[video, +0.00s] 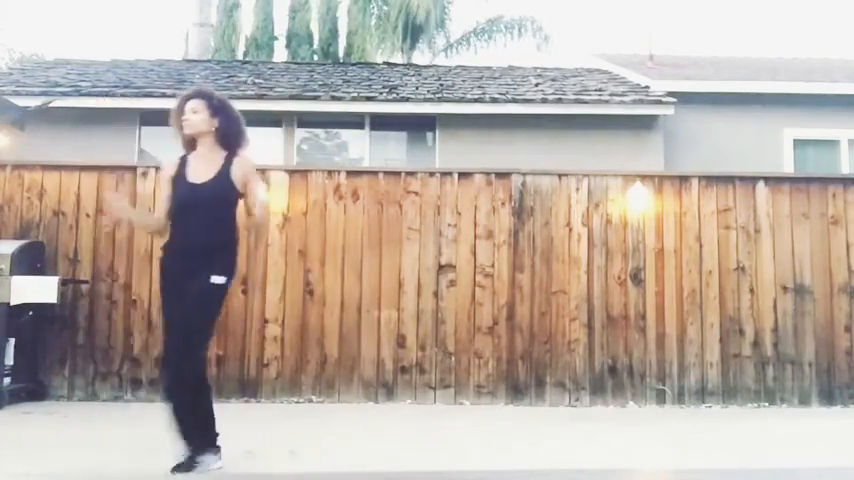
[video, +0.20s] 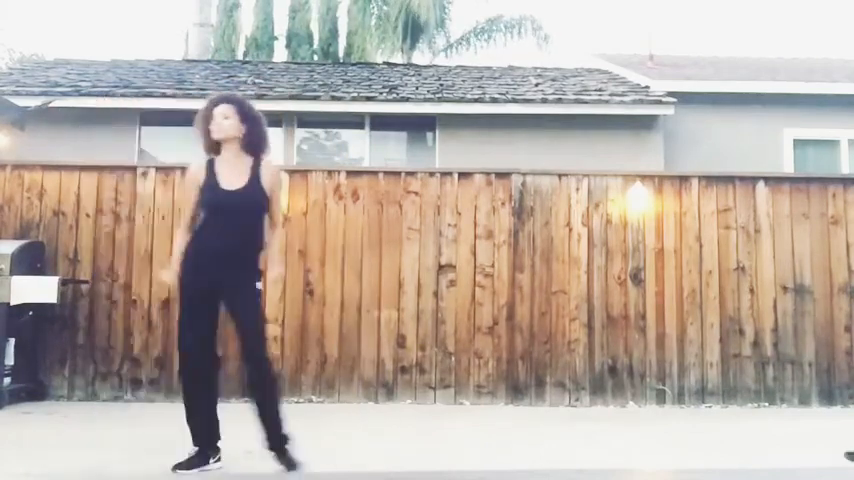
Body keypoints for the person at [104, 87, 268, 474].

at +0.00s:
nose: (188, 118)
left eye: (196, 112)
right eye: (185, 114)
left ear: (217, 118)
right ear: (182, 122)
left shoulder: (238, 163)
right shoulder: (175, 165)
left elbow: (259, 222)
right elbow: (158, 223)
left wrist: (260, 203)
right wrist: (126, 212)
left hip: (215, 264)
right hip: (175, 262)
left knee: (186, 353)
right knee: (177, 355)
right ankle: (198, 447)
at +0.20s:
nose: (219, 123)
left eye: (227, 117)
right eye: (214, 119)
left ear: (244, 124)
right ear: (209, 128)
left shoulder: (267, 171)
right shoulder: (200, 168)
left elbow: (275, 225)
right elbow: (185, 222)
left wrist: (272, 268)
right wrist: (175, 264)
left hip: (243, 274)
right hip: (198, 272)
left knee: (257, 356)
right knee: (195, 358)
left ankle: (278, 443)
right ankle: (206, 446)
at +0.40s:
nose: (268, 123)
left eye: (273, 118)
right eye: (259, 119)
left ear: (282, 128)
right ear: (245, 129)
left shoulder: (295, 170)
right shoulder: (232, 172)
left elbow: (302, 230)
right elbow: (213, 231)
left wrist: (304, 281)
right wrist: (211, 287)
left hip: (281, 277)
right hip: (238, 277)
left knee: (295, 365)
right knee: (219, 362)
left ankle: (324, 446)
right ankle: (207, 447)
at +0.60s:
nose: (308, 125)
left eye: (310, 120)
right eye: (298, 120)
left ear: (314, 128)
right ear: (282, 129)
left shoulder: (324, 173)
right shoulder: (269, 172)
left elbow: (332, 232)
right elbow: (249, 231)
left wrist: (350, 276)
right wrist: (268, 283)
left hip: (329, 279)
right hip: (291, 279)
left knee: (329, 368)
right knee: (263, 363)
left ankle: (331, 451)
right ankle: (223, 442)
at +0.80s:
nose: (335, 125)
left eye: (336, 121)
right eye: (325, 121)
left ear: (340, 128)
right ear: (308, 129)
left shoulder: (344, 168)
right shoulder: (297, 171)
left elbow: (348, 219)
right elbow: (269, 223)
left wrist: (364, 241)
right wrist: (316, 244)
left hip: (355, 274)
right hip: (325, 276)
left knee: (354, 362)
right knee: (336, 361)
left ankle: (336, 448)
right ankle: (310, 437)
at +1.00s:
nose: (352, 129)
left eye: (353, 124)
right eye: (343, 125)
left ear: (355, 131)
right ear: (326, 133)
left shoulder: (363, 174)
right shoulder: (319, 169)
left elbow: (363, 221)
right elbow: (291, 220)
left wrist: (378, 246)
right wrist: (342, 242)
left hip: (371, 275)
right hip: (341, 277)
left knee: (372, 361)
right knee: (380, 358)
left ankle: (338, 444)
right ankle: (409, 445)